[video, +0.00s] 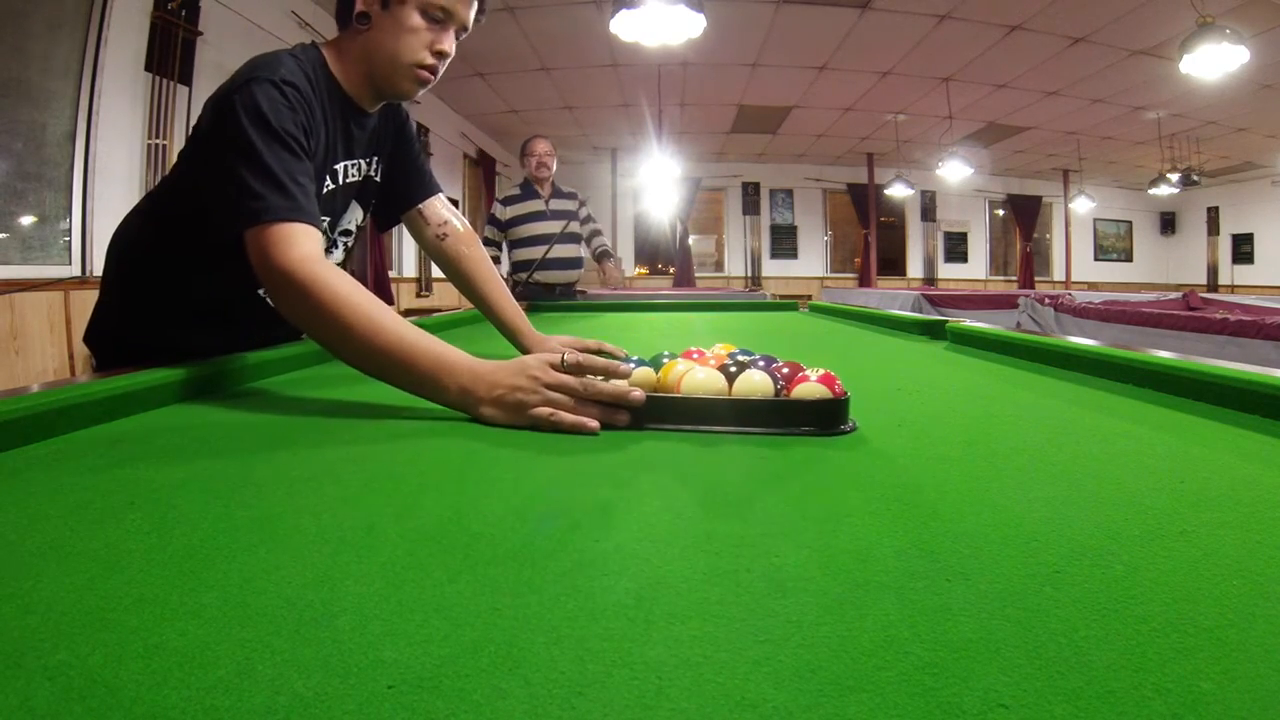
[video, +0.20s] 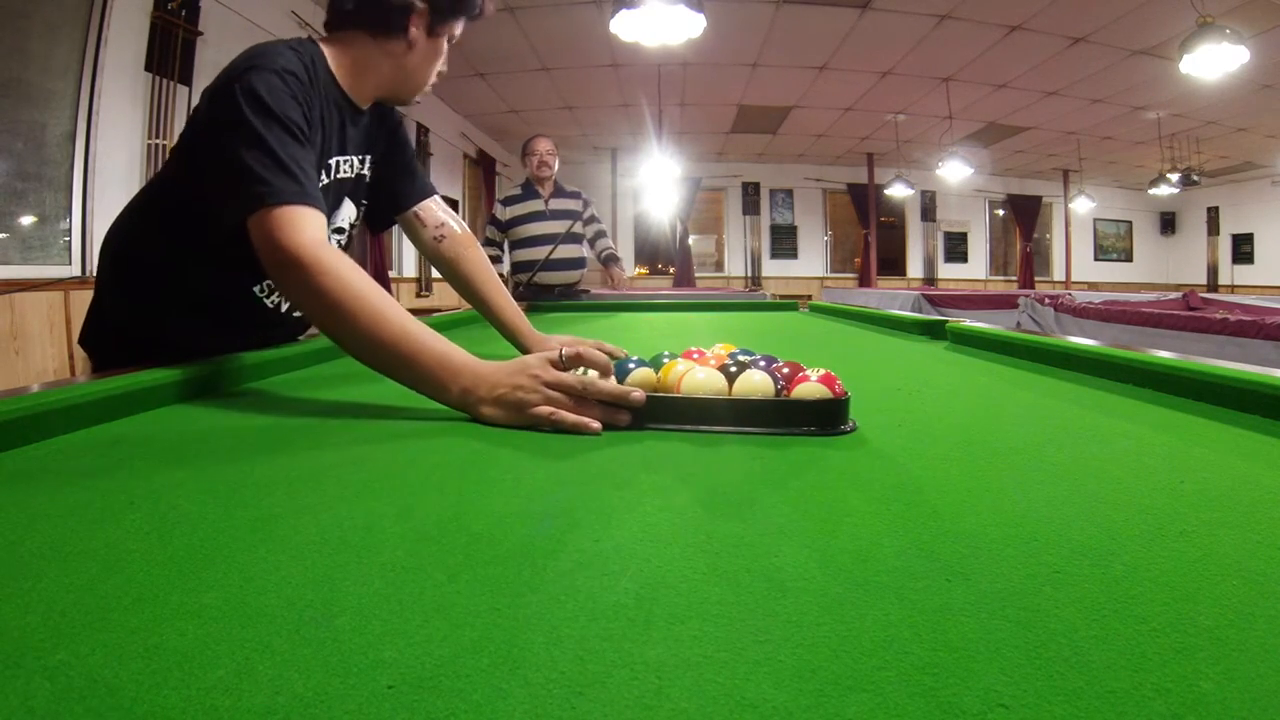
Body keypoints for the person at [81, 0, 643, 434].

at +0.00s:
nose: (447, 48)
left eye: (458, 35)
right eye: (433, 20)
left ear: (459, 45)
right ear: (367, 6)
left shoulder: (390, 122)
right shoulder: (271, 94)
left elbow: (446, 231)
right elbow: (293, 272)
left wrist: (528, 339)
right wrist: (474, 383)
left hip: (265, 336)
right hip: (157, 341)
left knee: (246, 523)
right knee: (143, 533)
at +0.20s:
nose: (444, 68)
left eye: (451, 48)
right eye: (449, 44)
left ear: (401, 29)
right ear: (412, 25)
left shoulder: (380, 122)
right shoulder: (271, 83)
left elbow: (442, 232)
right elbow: (301, 259)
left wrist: (527, 339)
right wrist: (475, 383)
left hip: (259, 342)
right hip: (153, 344)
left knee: (240, 527)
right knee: (143, 536)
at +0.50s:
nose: (400, 60)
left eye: (405, 43)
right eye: (409, 41)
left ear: (327, 10)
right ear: (400, 34)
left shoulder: (328, 96)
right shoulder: (295, 55)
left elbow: (372, 232)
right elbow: (315, 227)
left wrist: (465, 340)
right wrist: (473, 381)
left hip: (235, 346)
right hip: (149, 352)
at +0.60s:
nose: (379, 67)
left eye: (382, 55)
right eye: (389, 50)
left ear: (315, 8)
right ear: (386, 29)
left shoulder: (279, 63)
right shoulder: (300, 52)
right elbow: (326, 220)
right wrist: (477, 375)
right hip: (150, 350)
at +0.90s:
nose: (360, 60)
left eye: (362, 51)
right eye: (364, 47)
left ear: (293, 18)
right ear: (357, 32)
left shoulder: (254, 72)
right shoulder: (297, 57)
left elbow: (279, 222)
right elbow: (330, 178)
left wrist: (334, 308)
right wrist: (443, 342)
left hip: (205, 331)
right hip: (141, 335)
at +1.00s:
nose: (350, 52)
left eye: (350, 44)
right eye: (352, 41)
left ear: (279, 14)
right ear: (348, 30)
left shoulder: (243, 63)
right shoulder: (287, 54)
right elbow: (295, 178)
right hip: (142, 343)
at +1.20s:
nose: (303, 39)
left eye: (304, 28)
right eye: (303, 27)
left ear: (237, 18)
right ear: (293, 29)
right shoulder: (254, 54)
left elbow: (259, 217)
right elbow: (239, 157)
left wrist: (330, 289)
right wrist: (286, 298)